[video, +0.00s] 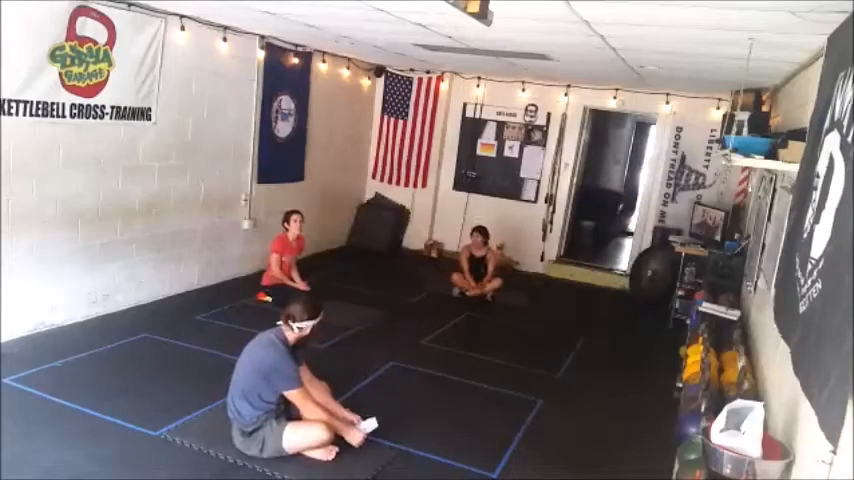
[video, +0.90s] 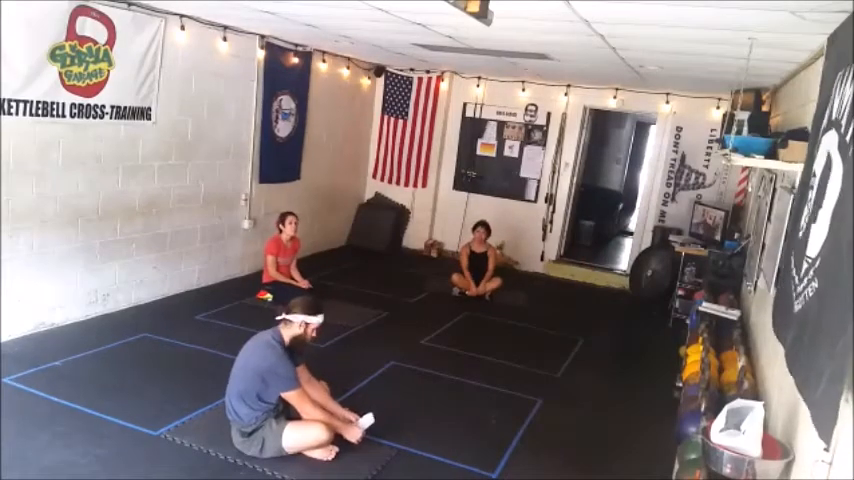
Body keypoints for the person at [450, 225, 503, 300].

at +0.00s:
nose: (474, 239)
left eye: (477, 236)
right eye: (473, 236)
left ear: (484, 238)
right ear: (471, 237)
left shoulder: (490, 253)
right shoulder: (465, 250)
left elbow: (490, 272)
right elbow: (466, 270)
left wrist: (483, 283)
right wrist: (473, 284)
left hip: (484, 277)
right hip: (470, 277)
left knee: (498, 282)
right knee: (455, 277)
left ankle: (468, 293)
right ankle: (483, 293)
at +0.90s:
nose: (480, 235)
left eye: (483, 232)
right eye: (478, 231)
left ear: (487, 235)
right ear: (473, 233)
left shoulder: (491, 250)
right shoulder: (466, 248)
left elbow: (490, 270)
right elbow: (465, 268)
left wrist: (482, 284)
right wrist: (472, 285)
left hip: (484, 276)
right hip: (470, 276)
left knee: (498, 281)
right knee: (454, 277)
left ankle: (468, 293)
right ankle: (482, 294)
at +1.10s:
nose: (479, 237)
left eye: (481, 234)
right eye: (476, 233)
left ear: (486, 236)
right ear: (473, 234)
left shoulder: (490, 247)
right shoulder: (466, 249)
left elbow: (501, 243)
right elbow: (465, 269)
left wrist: (491, 229)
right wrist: (472, 286)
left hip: (484, 279)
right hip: (470, 277)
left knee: (498, 281)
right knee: (455, 277)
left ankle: (468, 293)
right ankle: (482, 294)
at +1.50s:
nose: (479, 237)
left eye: (482, 235)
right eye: (477, 234)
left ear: (487, 238)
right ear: (474, 235)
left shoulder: (490, 247)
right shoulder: (466, 248)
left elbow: (506, 245)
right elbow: (465, 268)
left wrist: (492, 231)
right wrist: (472, 285)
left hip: (484, 279)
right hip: (470, 277)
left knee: (498, 281)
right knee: (454, 277)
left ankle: (467, 293)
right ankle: (482, 293)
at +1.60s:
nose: (479, 238)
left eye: (483, 235)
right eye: (477, 234)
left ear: (488, 237)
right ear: (474, 235)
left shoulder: (490, 248)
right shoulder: (466, 248)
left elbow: (506, 250)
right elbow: (465, 268)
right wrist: (472, 285)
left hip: (484, 279)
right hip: (470, 277)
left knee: (498, 281)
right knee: (454, 277)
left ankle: (467, 293)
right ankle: (482, 293)